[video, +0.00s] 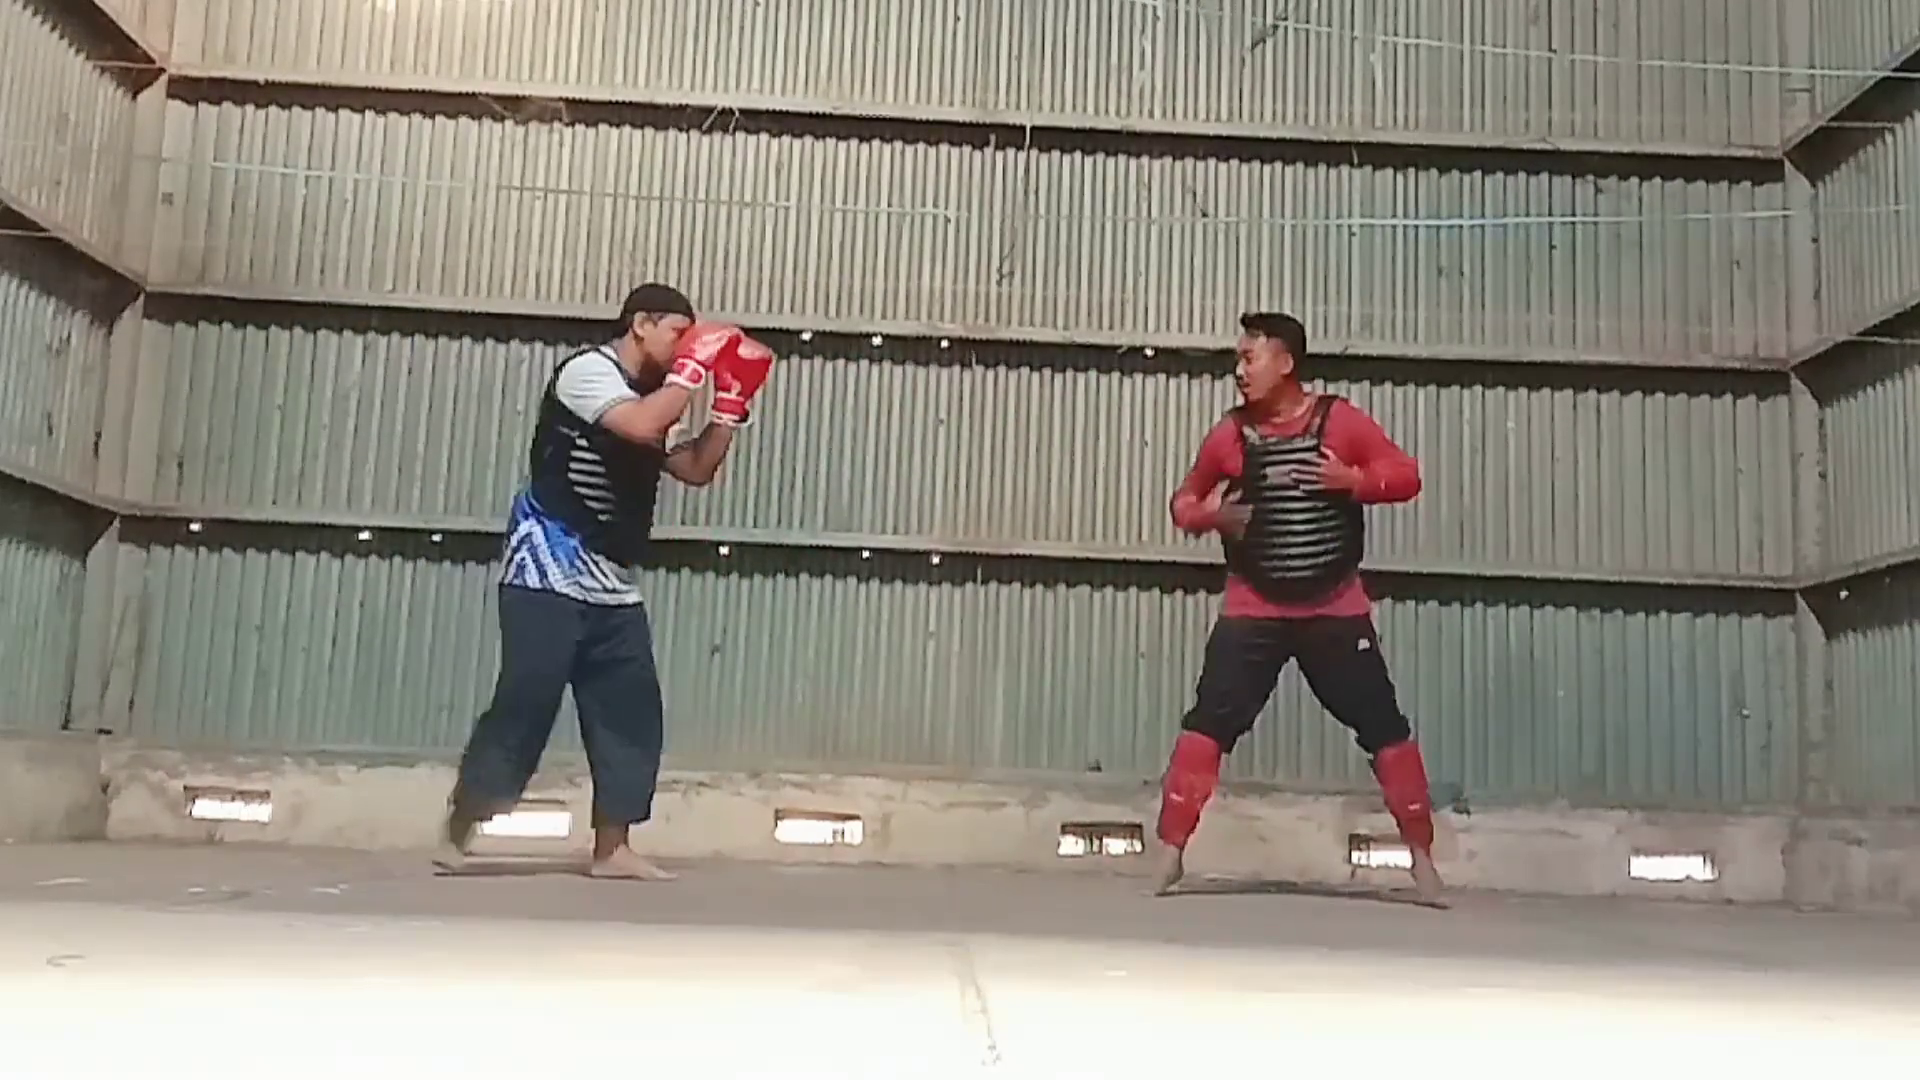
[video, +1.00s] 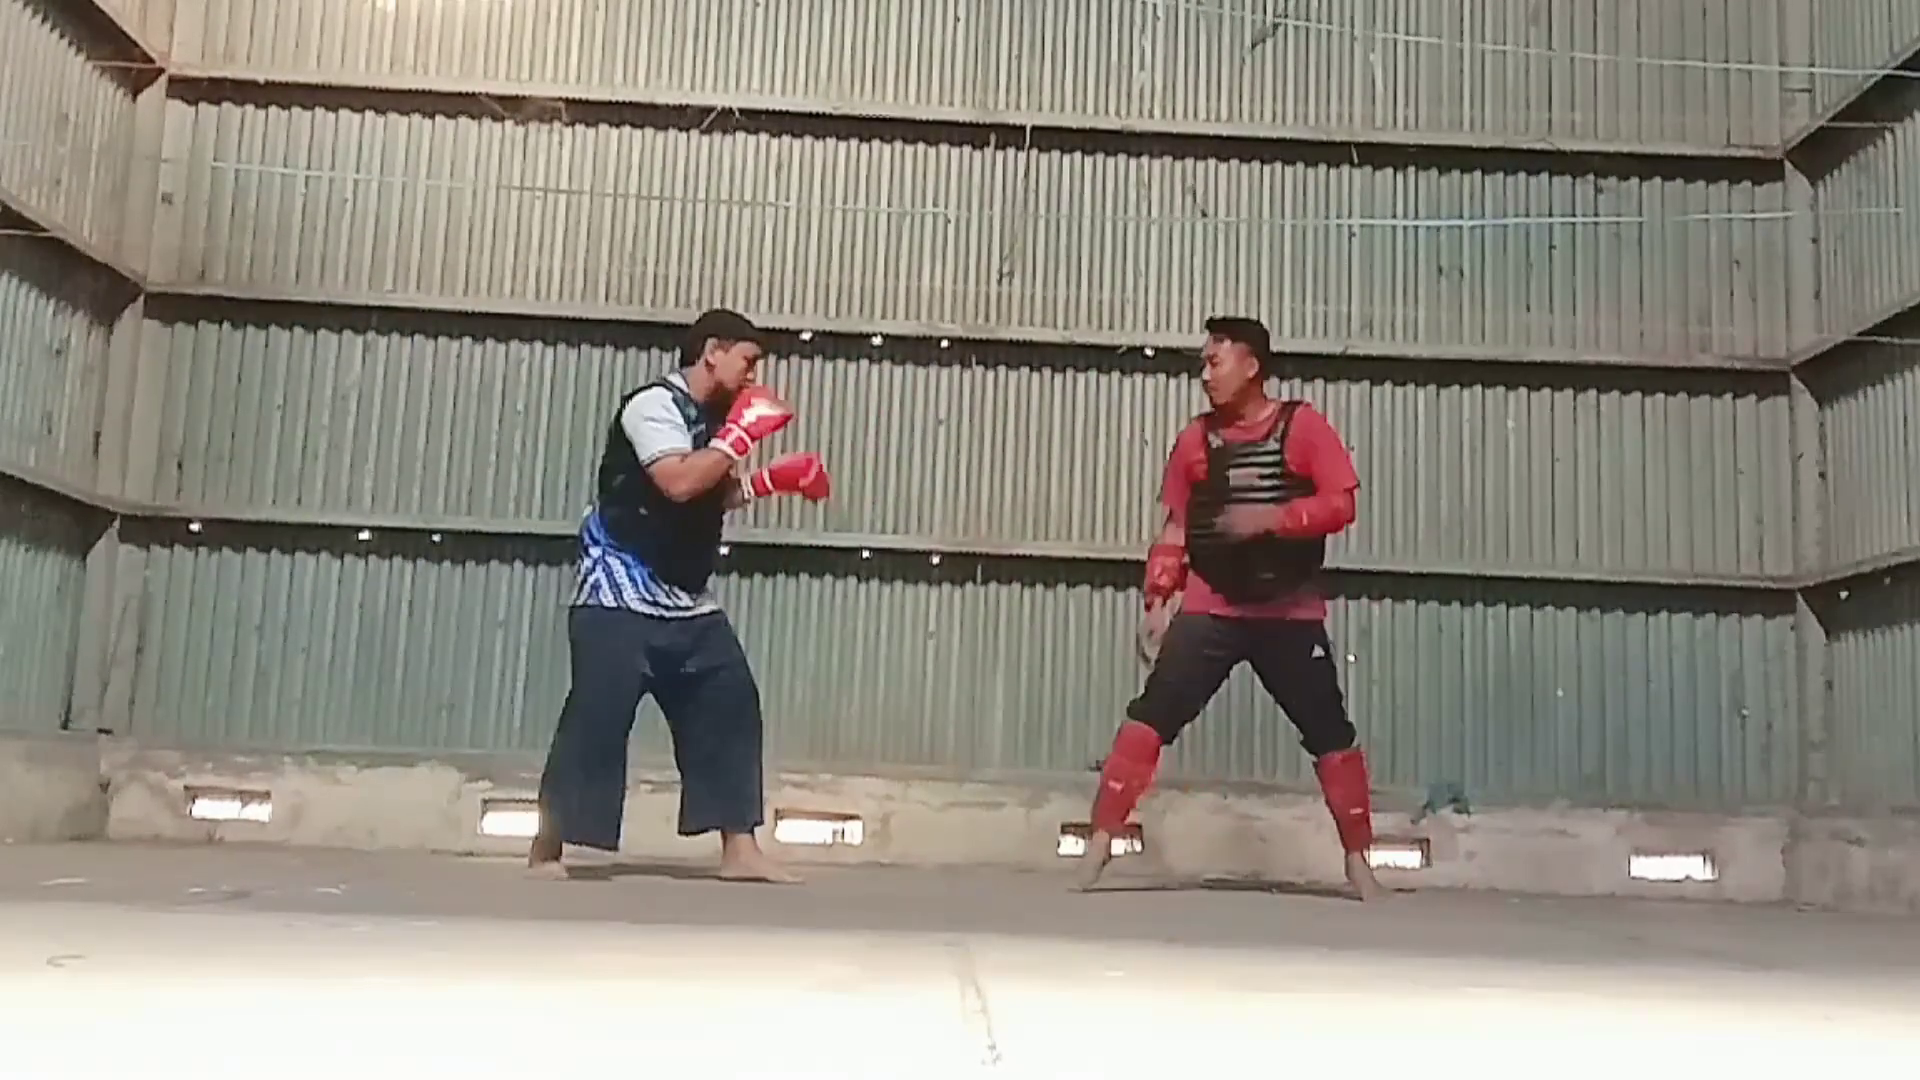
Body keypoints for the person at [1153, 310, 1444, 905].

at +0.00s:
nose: (1239, 368)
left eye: (1250, 357)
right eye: (1238, 358)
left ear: (1288, 362)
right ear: (1245, 365)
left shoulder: (1341, 422)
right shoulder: (1227, 437)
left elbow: (1407, 478)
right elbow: (1183, 507)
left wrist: (1356, 481)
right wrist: (1211, 516)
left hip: (1334, 611)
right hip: (1251, 613)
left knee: (1383, 727)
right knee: (1209, 721)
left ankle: (1422, 861)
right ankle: (1167, 851)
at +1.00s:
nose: (1205, 374)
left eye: (1216, 362)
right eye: (1204, 363)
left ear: (1253, 365)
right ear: (1218, 369)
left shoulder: (1304, 427)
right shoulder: (1195, 441)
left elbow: (1341, 504)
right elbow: (1176, 526)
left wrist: (1270, 516)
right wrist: (1157, 596)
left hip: (1289, 618)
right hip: (1209, 613)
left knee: (1330, 736)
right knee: (1149, 717)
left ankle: (1359, 863)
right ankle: (1098, 847)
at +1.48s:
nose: (1162, 389)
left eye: (1174, 379)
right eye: (1160, 380)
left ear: (1211, 388)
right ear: (1161, 388)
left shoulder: (1256, 452)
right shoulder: (1148, 464)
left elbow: (1288, 530)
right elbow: (1121, 547)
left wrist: (1214, 536)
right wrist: (1097, 614)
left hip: (1242, 638)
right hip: (1161, 633)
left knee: (1291, 749)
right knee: (1098, 725)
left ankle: (1321, 870)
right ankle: (1056, 853)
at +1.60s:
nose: (1146, 383)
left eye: (1159, 376)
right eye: (1144, 374)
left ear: (1192, 388)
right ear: (1140, 383)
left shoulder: (1218, 457)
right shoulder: (1113, 451)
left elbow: (1237, 532)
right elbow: (1061, 501)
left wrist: (1170, 487)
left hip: (1198, 637)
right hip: (1117, 634)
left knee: (1258, 734)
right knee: (1077, 733)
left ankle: (1315, 855)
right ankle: (1079, 862)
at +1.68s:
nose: (1133, 373)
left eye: (1148, 368)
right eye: (1133, 363)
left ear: (1177, 387)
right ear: (1127, 369)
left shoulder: (1184, 460)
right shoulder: (1085, 410)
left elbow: (1203, 550)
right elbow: (1009, 406)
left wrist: (1169, 564)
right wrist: (966, 406)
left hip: (1131, 613)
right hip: (1058, 604)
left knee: (1200, 719)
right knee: (1057, 726)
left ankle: (1209, 848)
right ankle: (1075, 862)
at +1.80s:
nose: (1118, 370)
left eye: (1135, 366)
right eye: (1120, 357)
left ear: (1164, 385)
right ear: (1115, 355)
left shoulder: (1157, 455)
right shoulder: (1074, 389)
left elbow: (1145, 546)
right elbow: (979, 396)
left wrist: (1111, 563)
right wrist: (903, 416)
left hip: (1060, 573)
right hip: (1000, 548)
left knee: (1093, 698)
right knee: (996, 661)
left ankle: (1029, 798)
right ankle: (972, 777)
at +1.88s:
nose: (1079, 393)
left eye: (1095, 387)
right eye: (1082, 381)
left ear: (1129, 405)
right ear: (1078, 383)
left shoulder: (1132, 483)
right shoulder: (1040, 420)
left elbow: (1168, 563)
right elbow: (953, 437)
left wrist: (1183, 530)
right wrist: (868, 462)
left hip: (994, 606)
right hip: (949, 553)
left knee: (986, 740)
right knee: (877, 574)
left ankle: (925, 850)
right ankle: (785, 561)